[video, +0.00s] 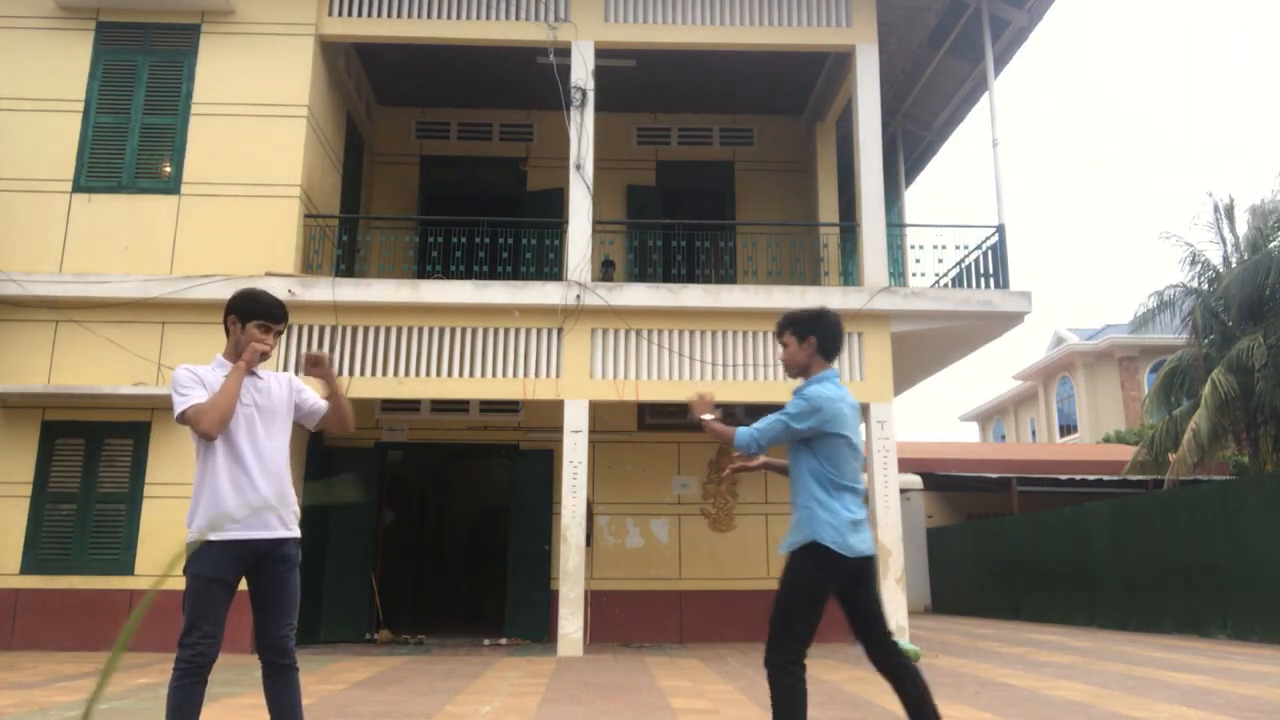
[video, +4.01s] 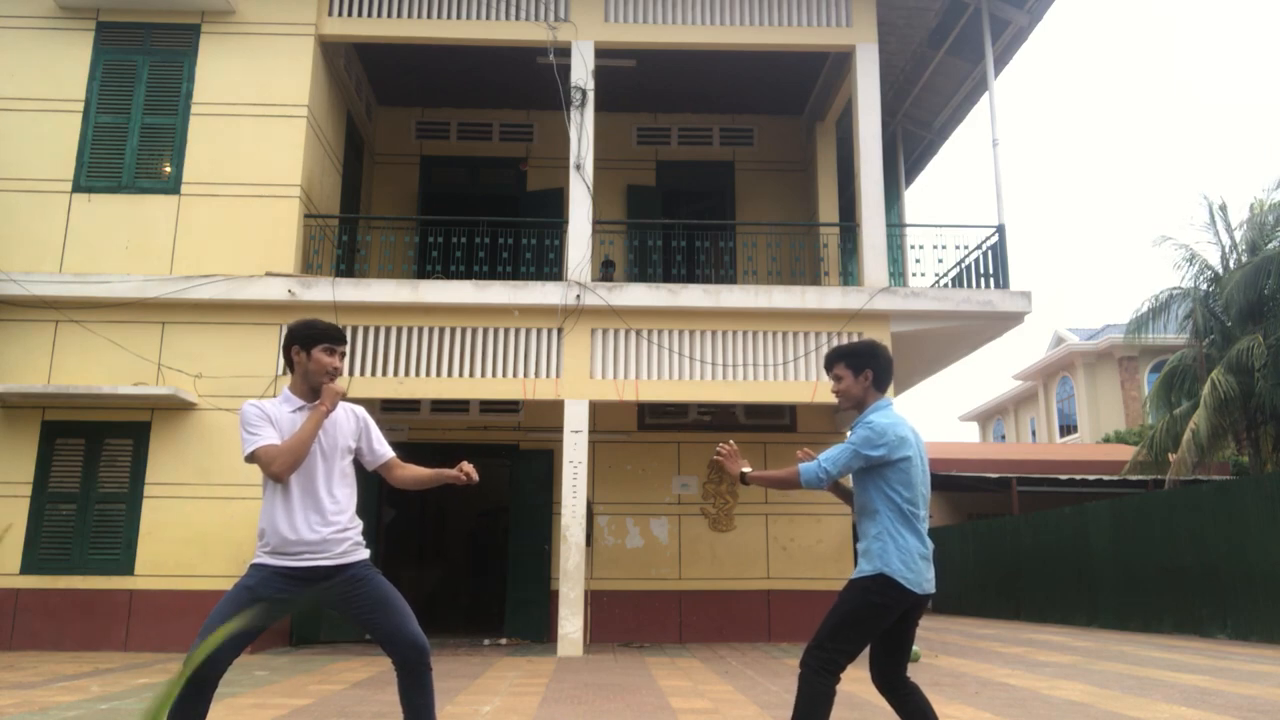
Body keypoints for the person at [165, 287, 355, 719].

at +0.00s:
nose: (268, 341)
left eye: (275, 334)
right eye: (261, 330)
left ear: (279, 338)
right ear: (232, 324)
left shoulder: (285, 385)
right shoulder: (192, 376)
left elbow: (341, 424)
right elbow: (208, 425)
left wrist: (330, 380)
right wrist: (241, 366)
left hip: (278, 537)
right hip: (217, 536)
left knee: (280, 653)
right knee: (197, 655)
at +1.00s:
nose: (331, 363)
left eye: (336, 356)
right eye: (322, 354)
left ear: (340, 361)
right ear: (292, 356)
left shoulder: (352, 412)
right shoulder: (257, 412)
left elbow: (406, 459)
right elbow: (274, 459)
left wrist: (431, 426)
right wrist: (313, 399)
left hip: (352, 564)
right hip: (281, 567)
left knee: (410, 652)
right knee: (209, 662)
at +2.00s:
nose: (338, 369)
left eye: (343, 361)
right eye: (329, 358)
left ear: (347, 367)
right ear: (299, 358)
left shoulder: (355, 420)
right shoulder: (261, 413)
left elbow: (400, 471)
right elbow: (277, 466)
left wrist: (452, 472)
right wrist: (322, 409)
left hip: (347, 566)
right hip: (276, 567)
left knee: (415, 648)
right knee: (199, 662)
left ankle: (422, 716)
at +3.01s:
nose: (335, 368)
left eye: (339, 359)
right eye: (325, 357)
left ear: (343, 363)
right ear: (293, 357)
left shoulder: (351, 416)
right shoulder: (257, 412)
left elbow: (397, 470)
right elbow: (275, 467)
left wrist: (449, 472)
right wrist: (319, 408)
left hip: (347, 569)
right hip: (275, 570)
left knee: (413, 649)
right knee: (199, 662)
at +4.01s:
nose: (337, 364)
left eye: (340, 356)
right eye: (327, 354)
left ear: (344, 361)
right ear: (295, 356)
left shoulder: (352, 416)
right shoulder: (258, 411)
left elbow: (396, 471)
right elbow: (277, 467)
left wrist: (448, 475)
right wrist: (323, 409)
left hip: (348, 566)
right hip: (276, 568)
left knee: (414, 650)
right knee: (203, 660)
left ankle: (423, 717)